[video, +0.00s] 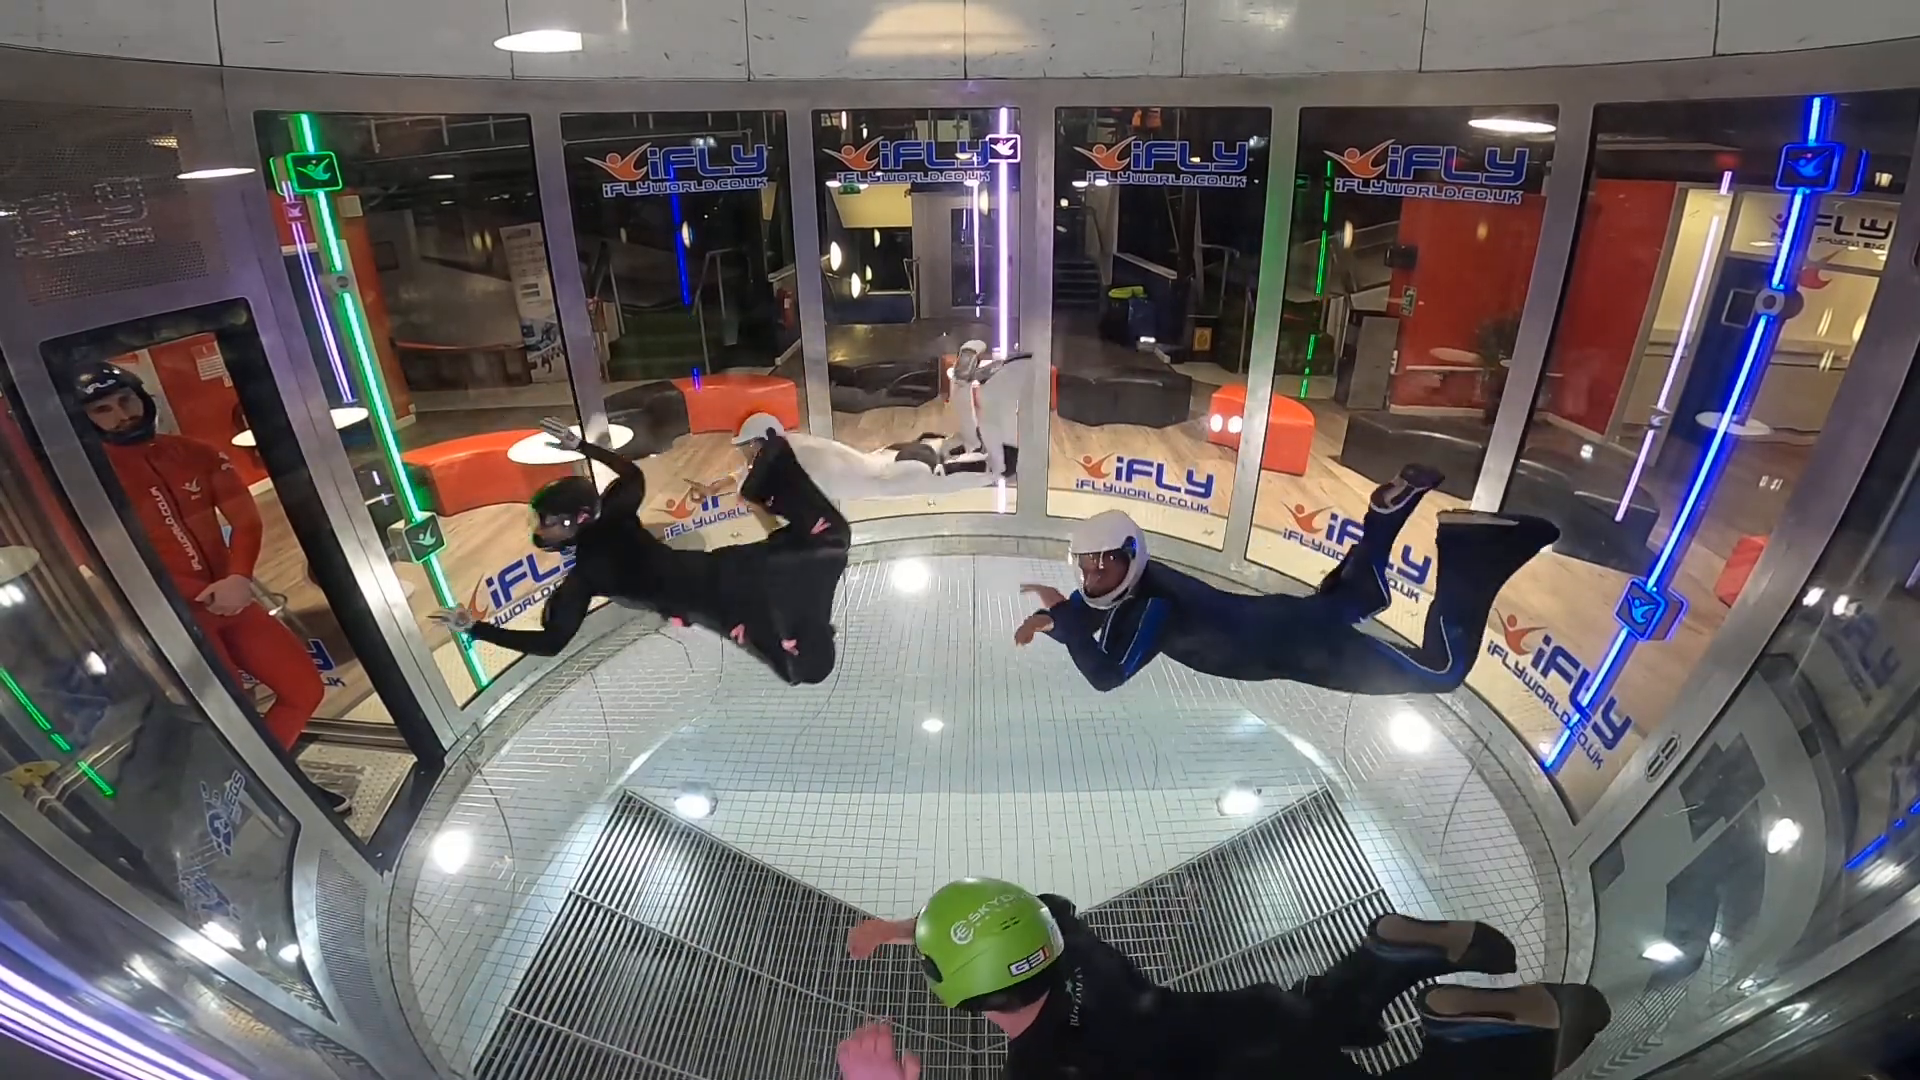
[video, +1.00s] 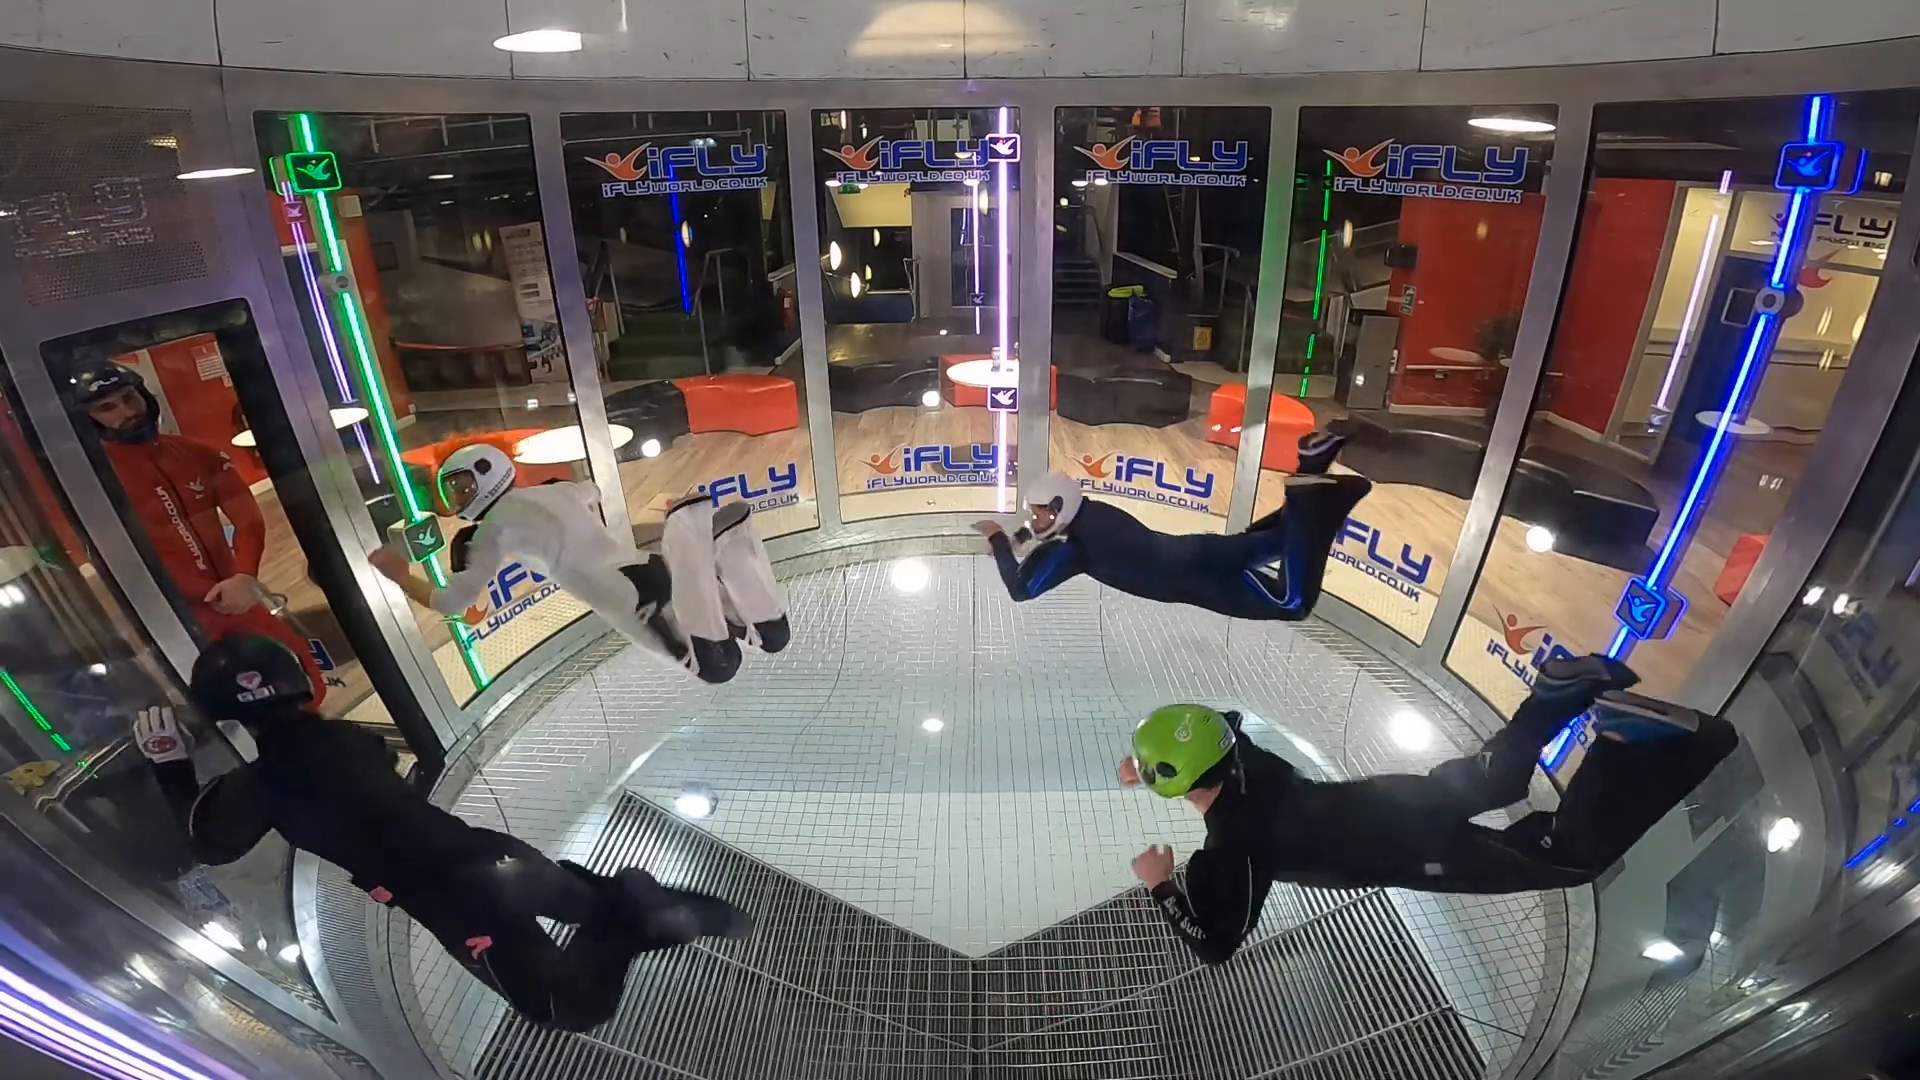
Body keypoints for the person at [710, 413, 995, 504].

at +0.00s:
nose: (749, 454)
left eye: (750, 447)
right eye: (747, 449)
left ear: (763, 441)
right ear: (771, 435)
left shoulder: (777, 456)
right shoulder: (792, 440)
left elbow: (750, 491)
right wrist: (733, 483)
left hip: (860, 480)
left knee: (926, 481)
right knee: (879, 467)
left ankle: (987, 474)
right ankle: (925, 455)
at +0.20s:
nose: (684, 440)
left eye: (689, 430)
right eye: (680, 433)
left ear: (710, 422)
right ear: (708, 420)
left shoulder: (735, 456)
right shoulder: (734, 431)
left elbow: (713, 525)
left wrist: (685, 495)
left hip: (857, 479)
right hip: (846, 460)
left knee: (942, 507)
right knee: (919, 492)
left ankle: (931, 429)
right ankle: (925, 424)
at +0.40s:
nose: (625, 429)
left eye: (628, 419)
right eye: (620, 421)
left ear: (649, 411)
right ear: (652, 408)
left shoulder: (665, 452)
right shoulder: (682, 415)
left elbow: (638, 515)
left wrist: (615, 481)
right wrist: (625, 455)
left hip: (784, 494)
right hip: (785, 468)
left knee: (872, 543)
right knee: (841, 475)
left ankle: (882, 444)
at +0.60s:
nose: (562, 432)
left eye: (566, 421)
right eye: (559, 424)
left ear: (589, 415)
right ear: (596, 411)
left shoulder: (599, 462)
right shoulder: (636, 422)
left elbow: (559, 526)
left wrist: (540, 485)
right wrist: (571, 462)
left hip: (726, 521)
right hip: (740, 493)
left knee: (807, 578)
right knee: (836, 518)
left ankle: (804, 468)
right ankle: (813, 460)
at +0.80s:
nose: (501, 464)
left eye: (504, 453)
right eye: (499, 455)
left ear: (525, 446)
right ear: (541, 438)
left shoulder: (539, 493)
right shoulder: (590, 454)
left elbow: (494, 559)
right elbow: (617, 451)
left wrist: (463, 523)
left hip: (667, 556)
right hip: (686, 529)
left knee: (754, 614)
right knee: (797, 574)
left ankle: (730, 497)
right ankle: (765, 490)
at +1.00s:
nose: (457, 498)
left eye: (460, 485)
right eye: (453, 489)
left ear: (484, 477)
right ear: (504, 473)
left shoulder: (497, 527)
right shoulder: (557, 490)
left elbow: (450, 603)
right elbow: (600, 499)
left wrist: (402, 575)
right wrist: (484, 538)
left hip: (625, 595)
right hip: (654, 573)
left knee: (717, 665)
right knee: (767, 632)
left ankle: (687, 532)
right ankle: (729, 535)